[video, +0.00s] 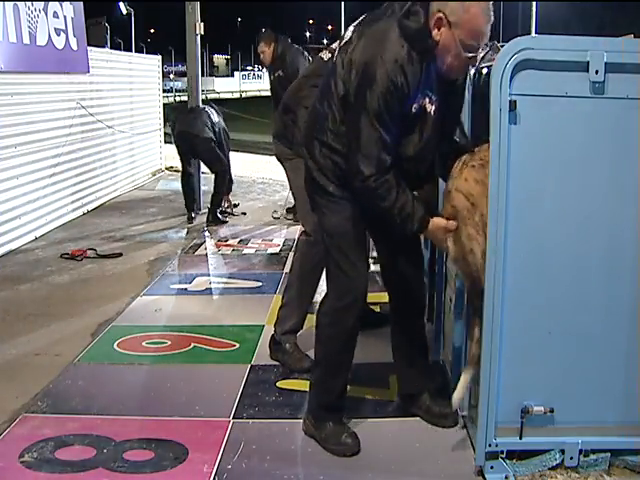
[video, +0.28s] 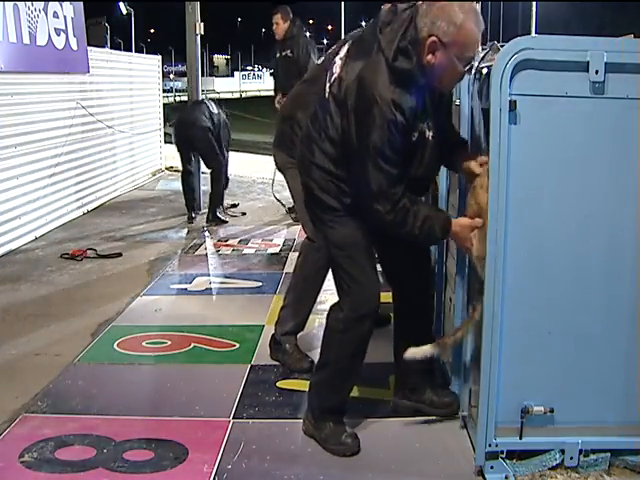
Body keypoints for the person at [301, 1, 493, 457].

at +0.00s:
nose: (471, 60)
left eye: (477, 50)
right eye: (468, 48)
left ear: (446, 28)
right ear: (438, 27)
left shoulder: (448, 58)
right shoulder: (386, 60)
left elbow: (440, 140)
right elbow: (370, 171)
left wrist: (471, 184)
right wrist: (422, 223)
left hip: (392, 167)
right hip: (335, 162)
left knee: (408, 281)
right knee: (348, 287)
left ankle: (417, 390)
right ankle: (323, 413)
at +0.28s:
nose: (465, 71)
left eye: (469, 62)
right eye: (463, 61)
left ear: (434, 46)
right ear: (432, 47)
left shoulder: (421, 57)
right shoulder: (386, 92)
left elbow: (435, 121)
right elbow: (382, 200)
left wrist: (461, 158)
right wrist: (448, 227)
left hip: (379, 173)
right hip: (327, 175)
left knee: (415, 276)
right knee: (360, 298)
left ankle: (414, 387)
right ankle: (323, 413)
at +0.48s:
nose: (463, 59)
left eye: (466, 49)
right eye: (461, 48)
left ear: (428, 45)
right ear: (429, 47)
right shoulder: (383, 98)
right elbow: (396, 208)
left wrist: (442, 93)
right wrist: (467, 224)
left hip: (392, 182)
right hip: (342, 190)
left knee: (423, 279)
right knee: (370, 307)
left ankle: (417, 385)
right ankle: (324, 414)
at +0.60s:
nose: (461, 46)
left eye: (462, 37)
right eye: (457, 38)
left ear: (424, 36)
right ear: (426, 41)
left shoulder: (399, 29)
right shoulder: (387, 94)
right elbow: (404, 203)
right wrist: (472, 221)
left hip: (392, 179)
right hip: (346, 190)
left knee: (429, 274)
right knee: (371, 306)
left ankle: (420, 380)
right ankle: (324, 413)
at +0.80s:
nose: (461, 59)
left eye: (463, 49)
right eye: (454, 52)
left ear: (425, 45)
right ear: (422, 50)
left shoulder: (411, 30)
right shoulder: (396, 105)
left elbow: (486, 16)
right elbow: (420, 209)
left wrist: (551, 17)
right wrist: (500, 225)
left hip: (395, 190)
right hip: (349, 192)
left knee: (434, 275)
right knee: (378, 305)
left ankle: (419, 382)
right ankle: (325, 410)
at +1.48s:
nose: (455, 120)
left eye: (462, 109)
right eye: (446, 113)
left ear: (467, 75)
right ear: (419, 95)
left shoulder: (443, 43)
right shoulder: (396, 134)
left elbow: (473, 19)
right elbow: (453, 221)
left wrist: (520, 26)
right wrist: (514, 235)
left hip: (410, 188)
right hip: (353, 192)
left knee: (433, 273)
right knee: (375, 303)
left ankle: (421, 380)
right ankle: (322, 410)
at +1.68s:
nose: (444, 130)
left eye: (451, 118)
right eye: (434, 124)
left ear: (459, 85)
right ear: (409, 101)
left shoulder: (411, 39)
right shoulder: (401, 154)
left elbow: (440, 15)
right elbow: (435, 239)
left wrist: (471, 25)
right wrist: (494, 283)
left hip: (397, 194)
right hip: (345, 196)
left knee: (425, 282)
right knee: (371, 306)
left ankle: (423, 384)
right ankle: (322, 409)